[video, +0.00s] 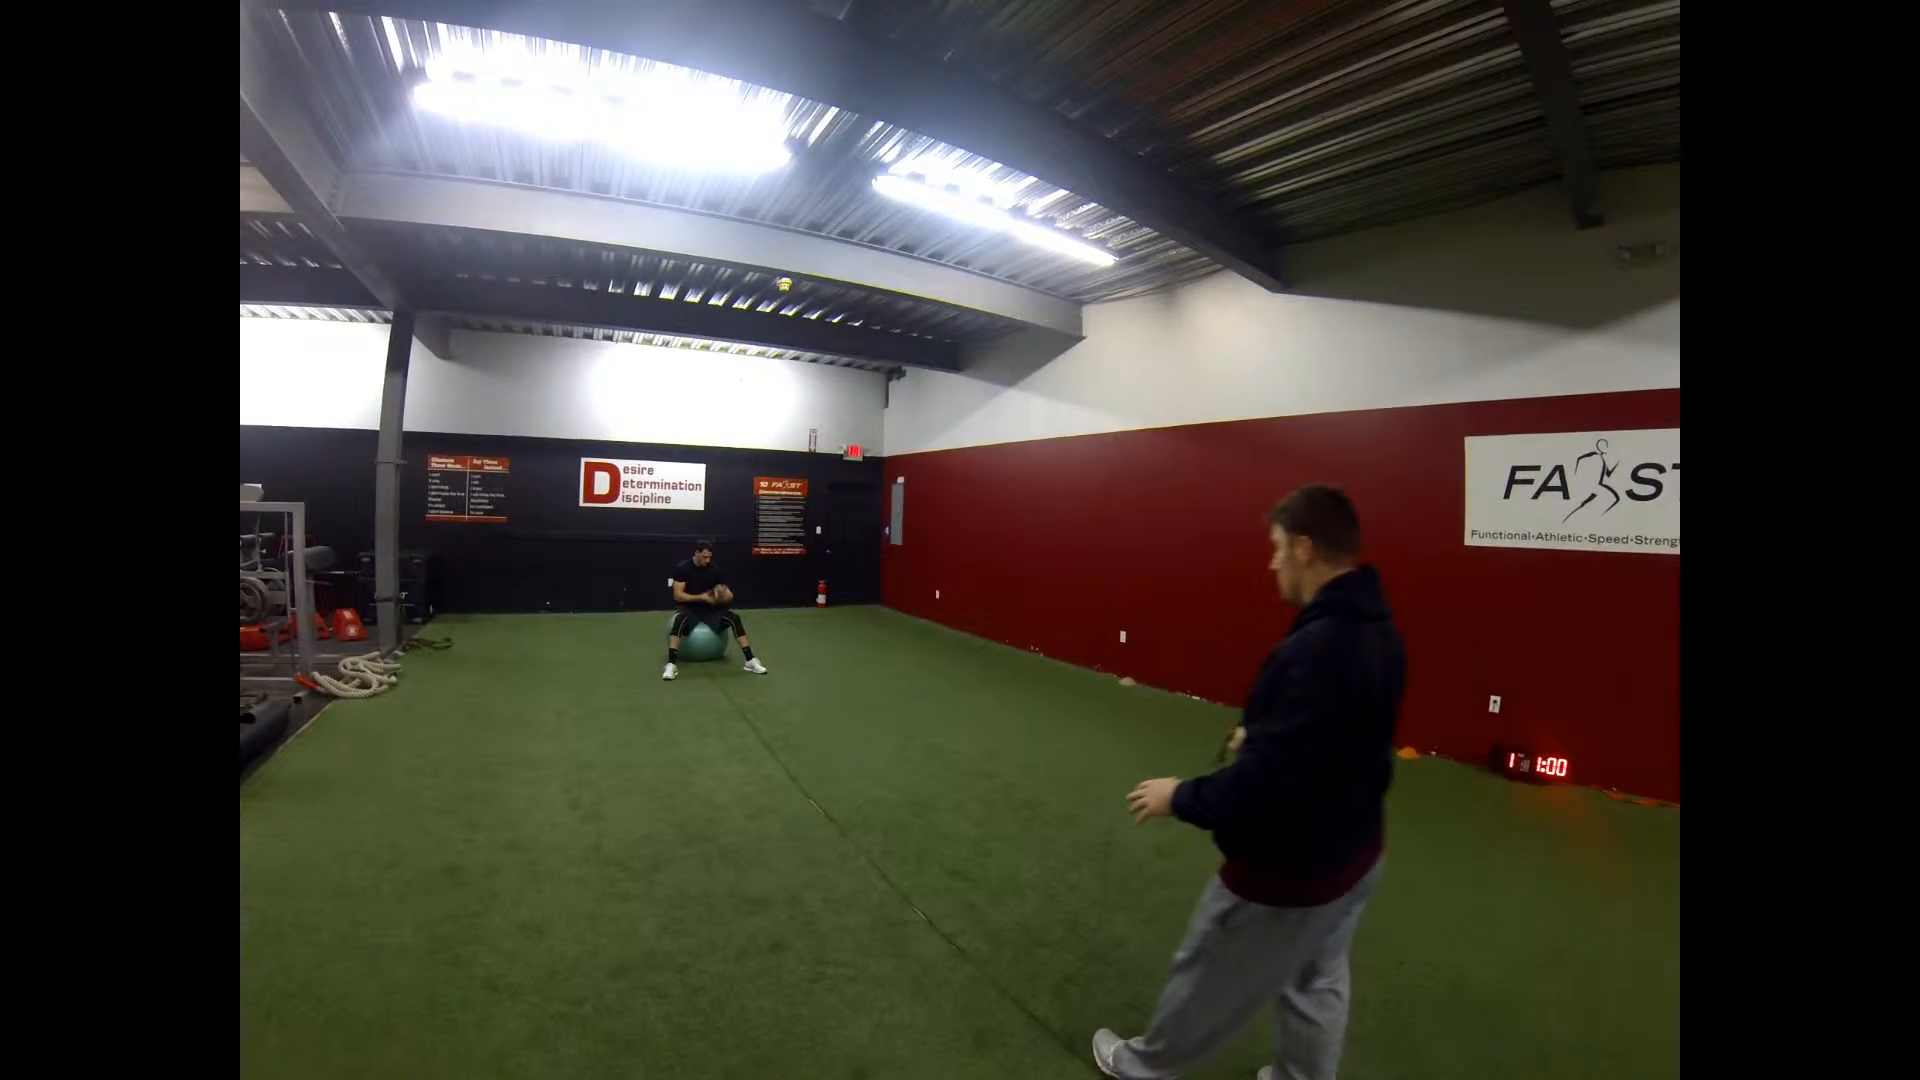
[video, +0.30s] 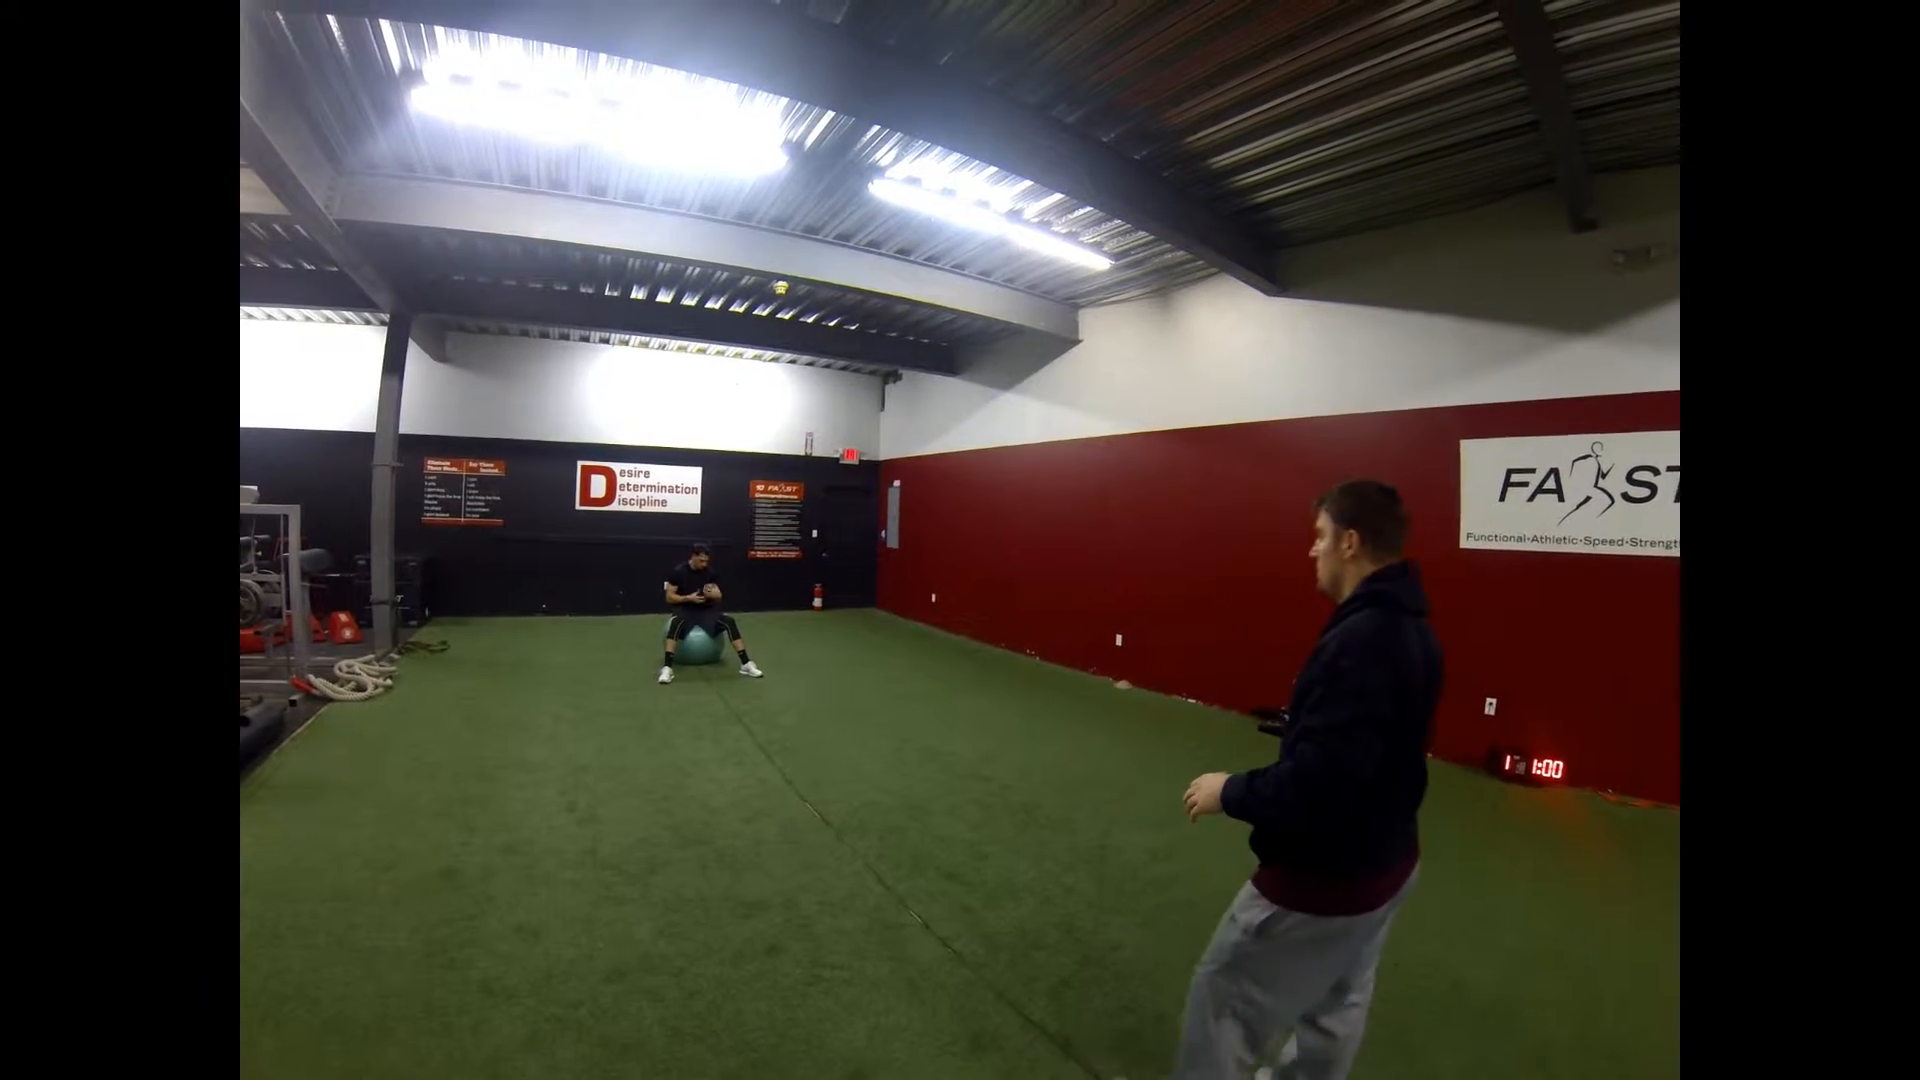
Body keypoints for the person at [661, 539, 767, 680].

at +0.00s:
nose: (707, 561)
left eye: (709, 557)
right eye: (705, 557)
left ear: (712, 556)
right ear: (696, 553)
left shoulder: (714, 569)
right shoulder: (683, 568)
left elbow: (727, 593)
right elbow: (678, 595)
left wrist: (724, 596)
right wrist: (703, 597)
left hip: (711, 607)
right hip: (690, 608)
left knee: (734, 618)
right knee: (679, 620)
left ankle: (750, 660)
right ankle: (671, 664)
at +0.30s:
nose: (704, 564)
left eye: (706, 561)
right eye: (701, 561)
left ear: (709, 560)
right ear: (692, 557)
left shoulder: (710, 572)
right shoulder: (679, 572)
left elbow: (718, 595)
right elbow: (669, 597)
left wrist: (715, 594)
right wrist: (689, 598)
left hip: (706, 611)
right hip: (685, 611)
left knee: (729, 622)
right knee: (676, 622)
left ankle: (746, 663)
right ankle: (667, 667)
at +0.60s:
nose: (691, 562)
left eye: (694, 559)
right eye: (688, 559)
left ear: (700, 558)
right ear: (685, 557)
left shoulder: (708, 573)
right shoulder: (677, 572)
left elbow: (710, 599)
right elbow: (661, 591)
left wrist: (693, 593)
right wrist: (670, 595)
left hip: (702, 612)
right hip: (682, 611)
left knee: (726, 623)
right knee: (674, 625)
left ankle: (743, 665)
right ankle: (664, 669)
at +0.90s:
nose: (690, 557)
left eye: (693, 554)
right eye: (687, 554)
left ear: (697, 556)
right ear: (681, 555)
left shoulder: (706, 573)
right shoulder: (676, 575)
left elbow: (720, 597)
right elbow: (669, 598)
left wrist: (708, 603)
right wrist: (659, 586)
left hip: (704, 615)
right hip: (684, 615)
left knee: (727, 623)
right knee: (677, 626)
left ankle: (742, 667)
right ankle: (664, 670)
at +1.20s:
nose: (691, 549)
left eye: (694, 547)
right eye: (688, 546)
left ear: (699, 549)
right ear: (684, 549)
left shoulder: (708, 568)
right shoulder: (680, 567)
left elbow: (721, 592)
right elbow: (670, 572)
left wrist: (714, 588)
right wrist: (663, 551)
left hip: (706, 612)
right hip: (685, 612)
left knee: (728, 621)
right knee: (677, 622)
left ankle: (743, 664)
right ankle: (665, 667)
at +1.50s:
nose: (695, 547)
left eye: (698, 544)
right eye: (692, 544)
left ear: (702, 547)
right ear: (687, 546)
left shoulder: (710, 568)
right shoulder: (679, 568)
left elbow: (717, 593)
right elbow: (673, 595)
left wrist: (708, 599)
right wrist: (691, 594)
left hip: (707, 608)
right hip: (686, 609)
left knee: (729, 617)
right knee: (676, 618)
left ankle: (743, 660)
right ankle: (664, 663)